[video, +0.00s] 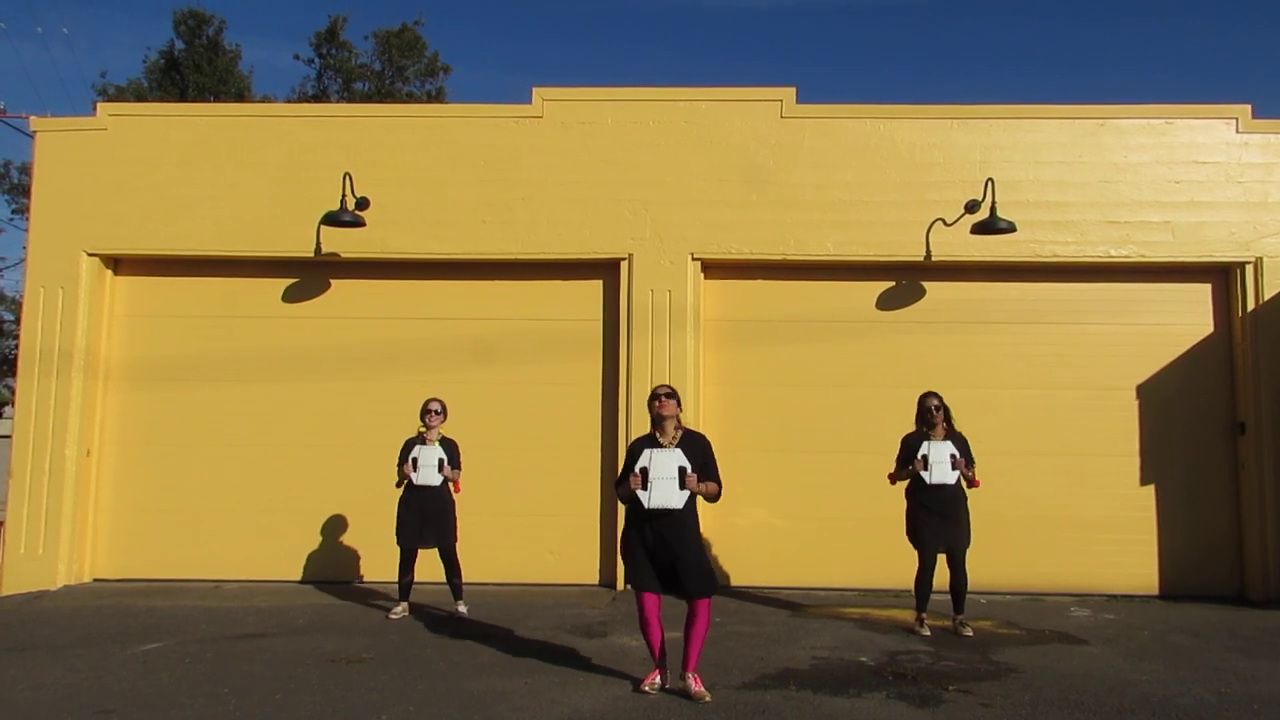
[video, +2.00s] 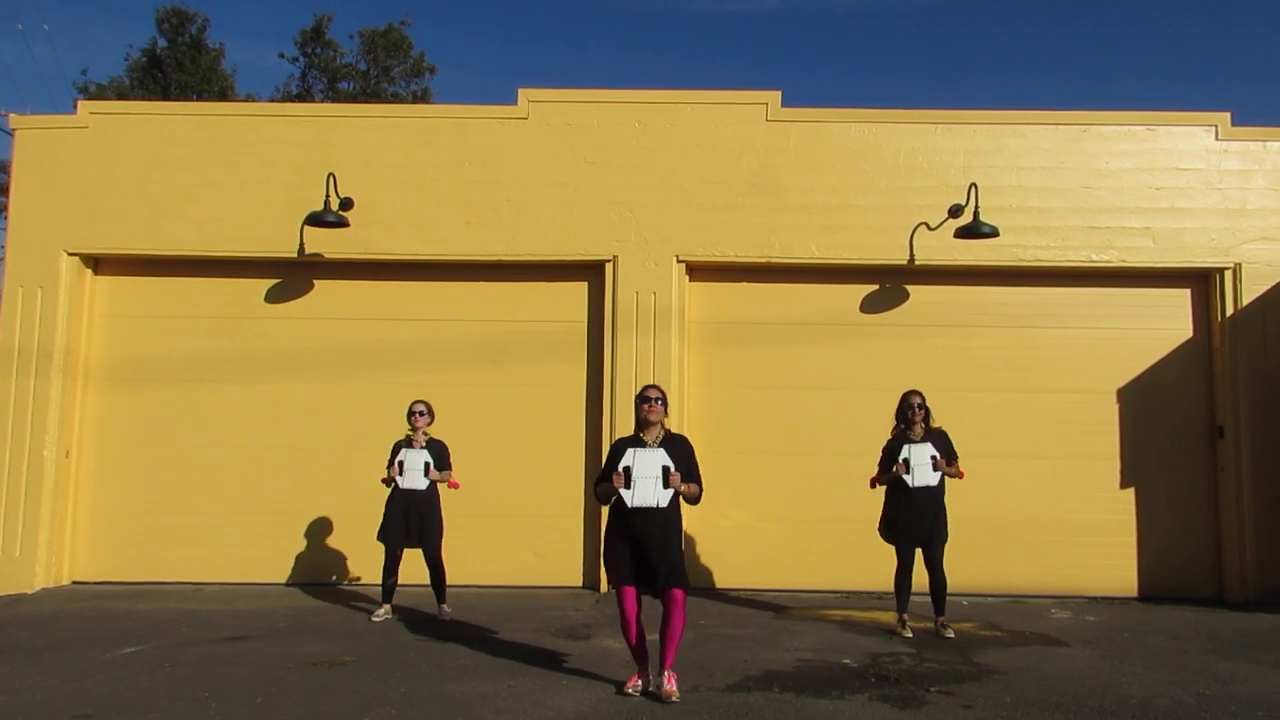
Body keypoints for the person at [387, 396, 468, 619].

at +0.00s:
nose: (432, 416)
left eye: (437, 412)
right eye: (428, 412)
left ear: (443, 417)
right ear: (422, 416)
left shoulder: (449, 445)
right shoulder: (411, 443)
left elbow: (456, 476)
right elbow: (400, 477)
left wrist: (449, 473)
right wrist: (404, 473)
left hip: (440, 505)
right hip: (412, 505)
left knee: (448, 554)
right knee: (407, 554)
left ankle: (459, 603)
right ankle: (403, 603)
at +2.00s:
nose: (417, 417)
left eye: (421, 413)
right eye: (413, 414)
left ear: (430, 417)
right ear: (408, 418)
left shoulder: (438, 446)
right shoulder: (400, 446)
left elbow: (447, 475)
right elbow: (388, 478)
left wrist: (436, 475)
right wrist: (391, 476)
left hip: (427, 510)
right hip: (399, 509)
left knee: (433, 558)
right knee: (392, 556)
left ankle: (442, 605)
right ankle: (386, 605)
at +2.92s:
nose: (408, 425)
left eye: (412, 421)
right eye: (404, 421)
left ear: (420, 426)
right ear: (399, 427)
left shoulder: (428, 455)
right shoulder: (390, 455)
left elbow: (436, 485)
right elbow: (374, 484)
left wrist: (423, 488)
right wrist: (378, 484)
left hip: (420, 517)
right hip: (391, 516)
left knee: (425, 562)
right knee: (381, 561)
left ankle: (433, 608)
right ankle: (377, 606)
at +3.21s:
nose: (407, 408)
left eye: (413, 405)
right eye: (403, 405)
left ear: (420, 413)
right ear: (397, 410)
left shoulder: (423, 439)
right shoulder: (388, 433)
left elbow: (442, 449)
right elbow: (391, 426)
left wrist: (458, 433)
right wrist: (422, 418)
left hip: (419, 501)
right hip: (393, 500)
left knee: (417, 553)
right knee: (388, 551)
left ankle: (418, 603)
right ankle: (382, 598)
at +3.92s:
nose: (404, 424)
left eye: (409, 421)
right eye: (402, 419)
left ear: (415, 423)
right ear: (397, 419)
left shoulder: (418, 441)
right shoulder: (386, 436)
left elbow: (439, 428)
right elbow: (393, 416)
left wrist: (454, 404)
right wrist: (416, 394)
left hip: (417, 501)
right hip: (390, 501)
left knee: (405, 551)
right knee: (396, 554)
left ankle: (404, 603)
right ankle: (410, 596)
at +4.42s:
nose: (408, 418)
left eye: (412, 416)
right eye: (406, 415)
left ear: (418, 421)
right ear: (398, 420)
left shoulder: (423, 446)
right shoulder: (390, 444)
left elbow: (427, 442)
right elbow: (373, 443)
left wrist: (418, 415)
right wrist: (378, 418)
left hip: (416, 507)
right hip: (391, 506)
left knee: (402, 556)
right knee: (401, 557)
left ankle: (393, 607)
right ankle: (413, 599)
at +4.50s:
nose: (405, 427)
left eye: (407, 425)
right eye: (402, 424)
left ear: (412, 425)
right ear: (396, 424)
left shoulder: (416, 442)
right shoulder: (383, 440)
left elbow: (429, 448)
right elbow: (377, 438)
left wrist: (435, 424)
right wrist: (395, 419)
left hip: (413, 501)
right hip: (387, 502)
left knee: (400, 552)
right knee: (398, 553)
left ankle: (391, 605)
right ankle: (414, 596)